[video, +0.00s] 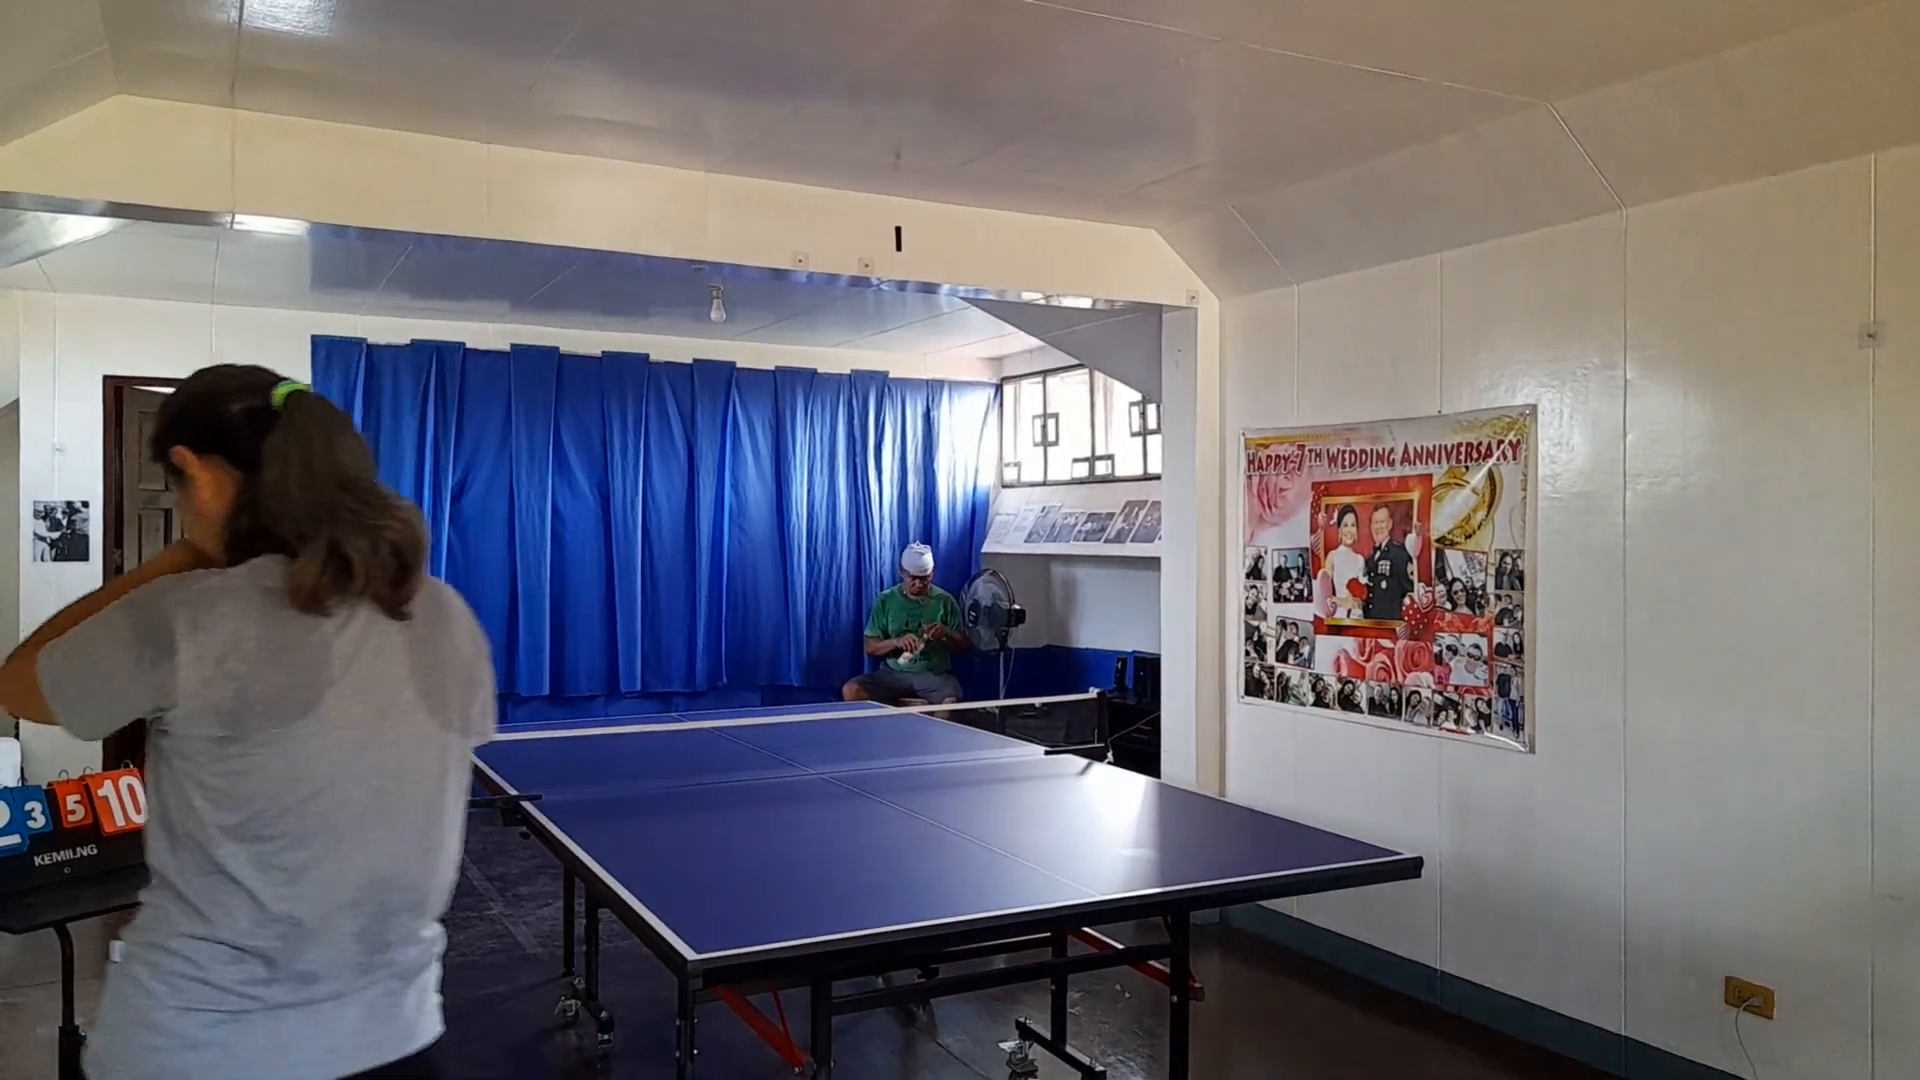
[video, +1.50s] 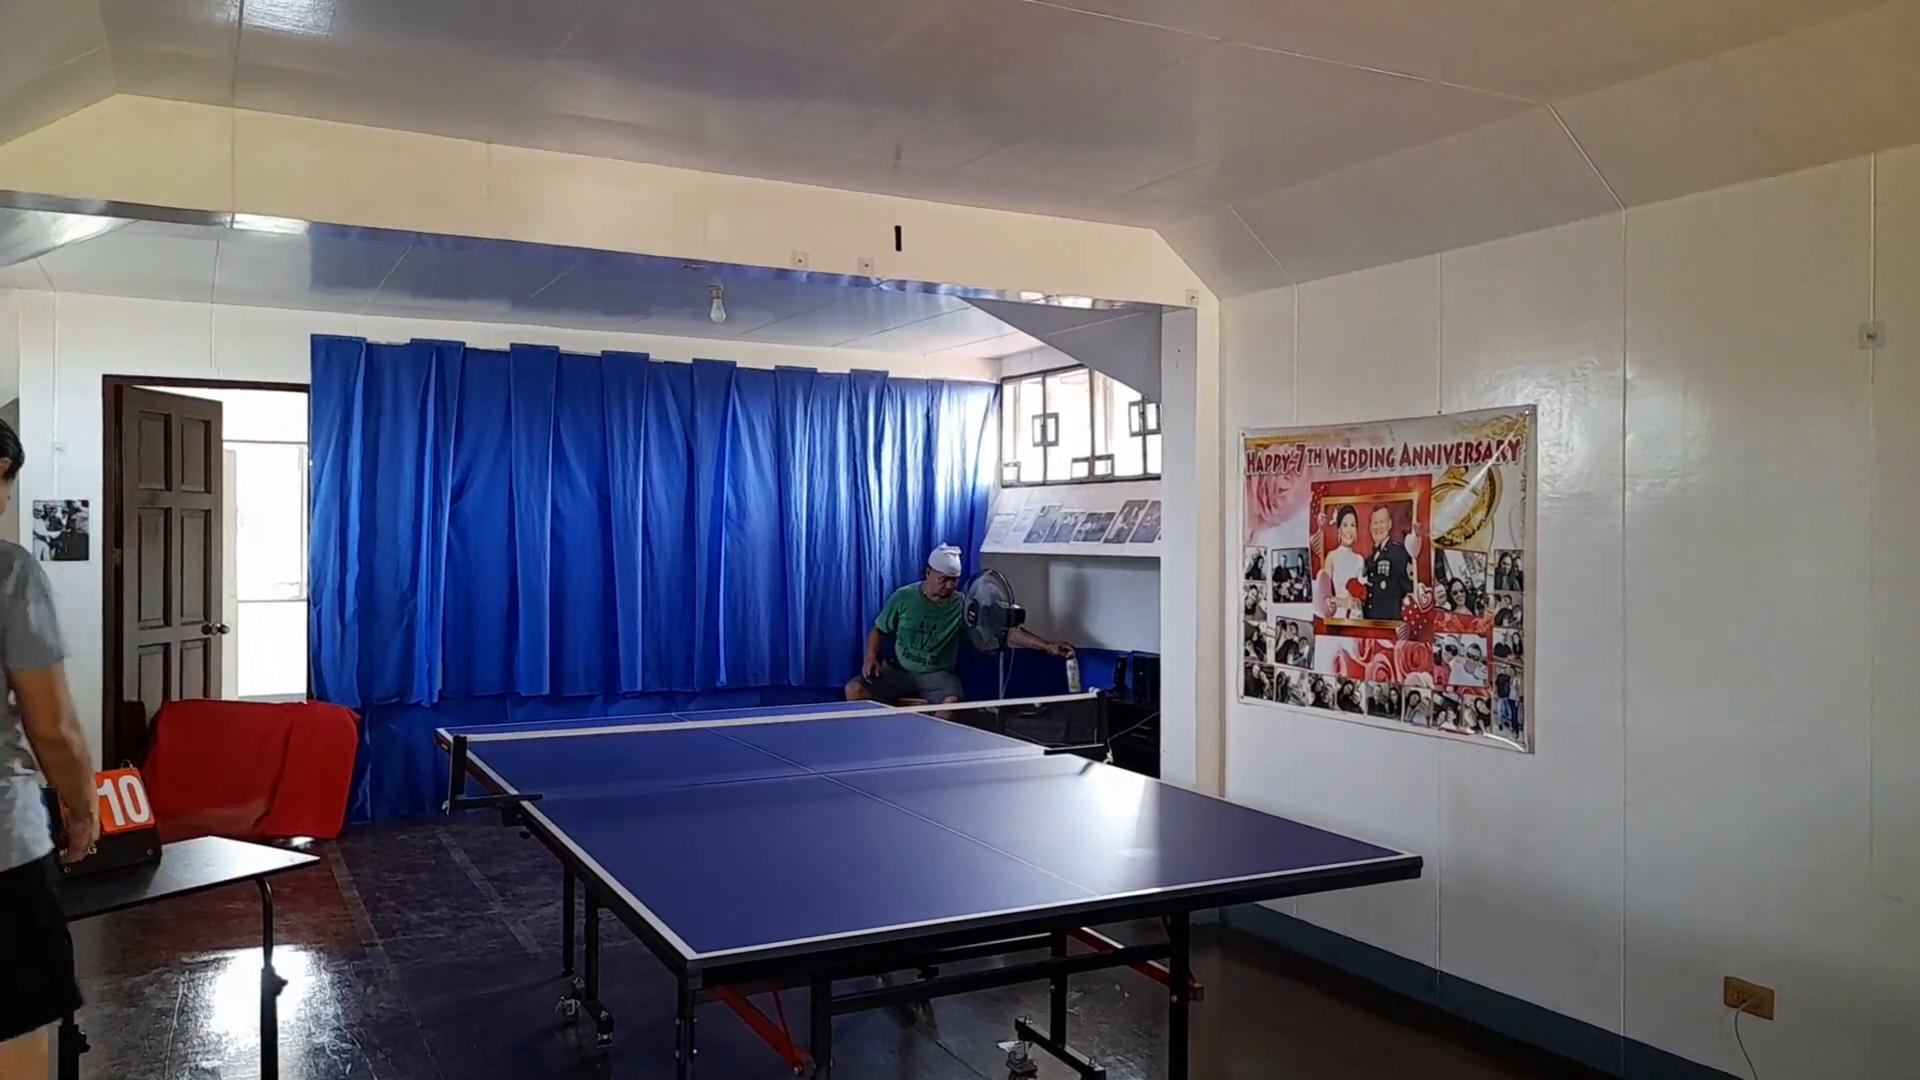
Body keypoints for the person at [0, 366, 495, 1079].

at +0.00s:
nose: (185, 512)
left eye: (180, 486)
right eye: (180, 489)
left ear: (198, 477)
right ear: (324, 461)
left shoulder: (187, 622)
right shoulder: (445, 618)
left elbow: (16, 685)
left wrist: (175, 563)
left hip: (193, 1051)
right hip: (394, 1037)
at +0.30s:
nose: (42, 493)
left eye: (40, 469)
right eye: (39, 469)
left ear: (62, 464)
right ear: (169, 456)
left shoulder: (18, 595)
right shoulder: (291, 598)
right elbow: (321, 804)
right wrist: (330, 942)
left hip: (45, 1021)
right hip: (234, 1018)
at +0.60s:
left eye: (5, 477)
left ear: (9, 486)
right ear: (128, 482)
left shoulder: (9, 599)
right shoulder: (214, 604)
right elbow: (284, 786)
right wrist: (360, 928)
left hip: (21, 974)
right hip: (172, 966)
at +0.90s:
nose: (5, 477)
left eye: (4, 468)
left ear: (10, 477)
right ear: (121, 475)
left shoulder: (7, 582)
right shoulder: (188, 584)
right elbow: (239, 755)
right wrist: (269, 868)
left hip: (22, 932)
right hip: (157, 921)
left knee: (39, 1067)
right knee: (133, 1065)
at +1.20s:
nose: (81, 491)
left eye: (76, 480)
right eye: (82, 481)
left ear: (2, 491)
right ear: (73, 489)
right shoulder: (125, 586)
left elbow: (173, 745)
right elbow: (174, 747)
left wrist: (168, 817)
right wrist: (171, 818)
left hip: (8, 893)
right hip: (96, 889)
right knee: (83, 1061)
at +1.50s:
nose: (12, 485)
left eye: (8, 475)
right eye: (13, 474)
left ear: (4, 473)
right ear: (6, 473)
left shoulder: (19, 571)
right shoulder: (14, 570)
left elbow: (49, 728)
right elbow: (50, 729)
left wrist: (77, 807)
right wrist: (81, 809)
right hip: (7, 842)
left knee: (32, 1021)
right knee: (27, 1027)